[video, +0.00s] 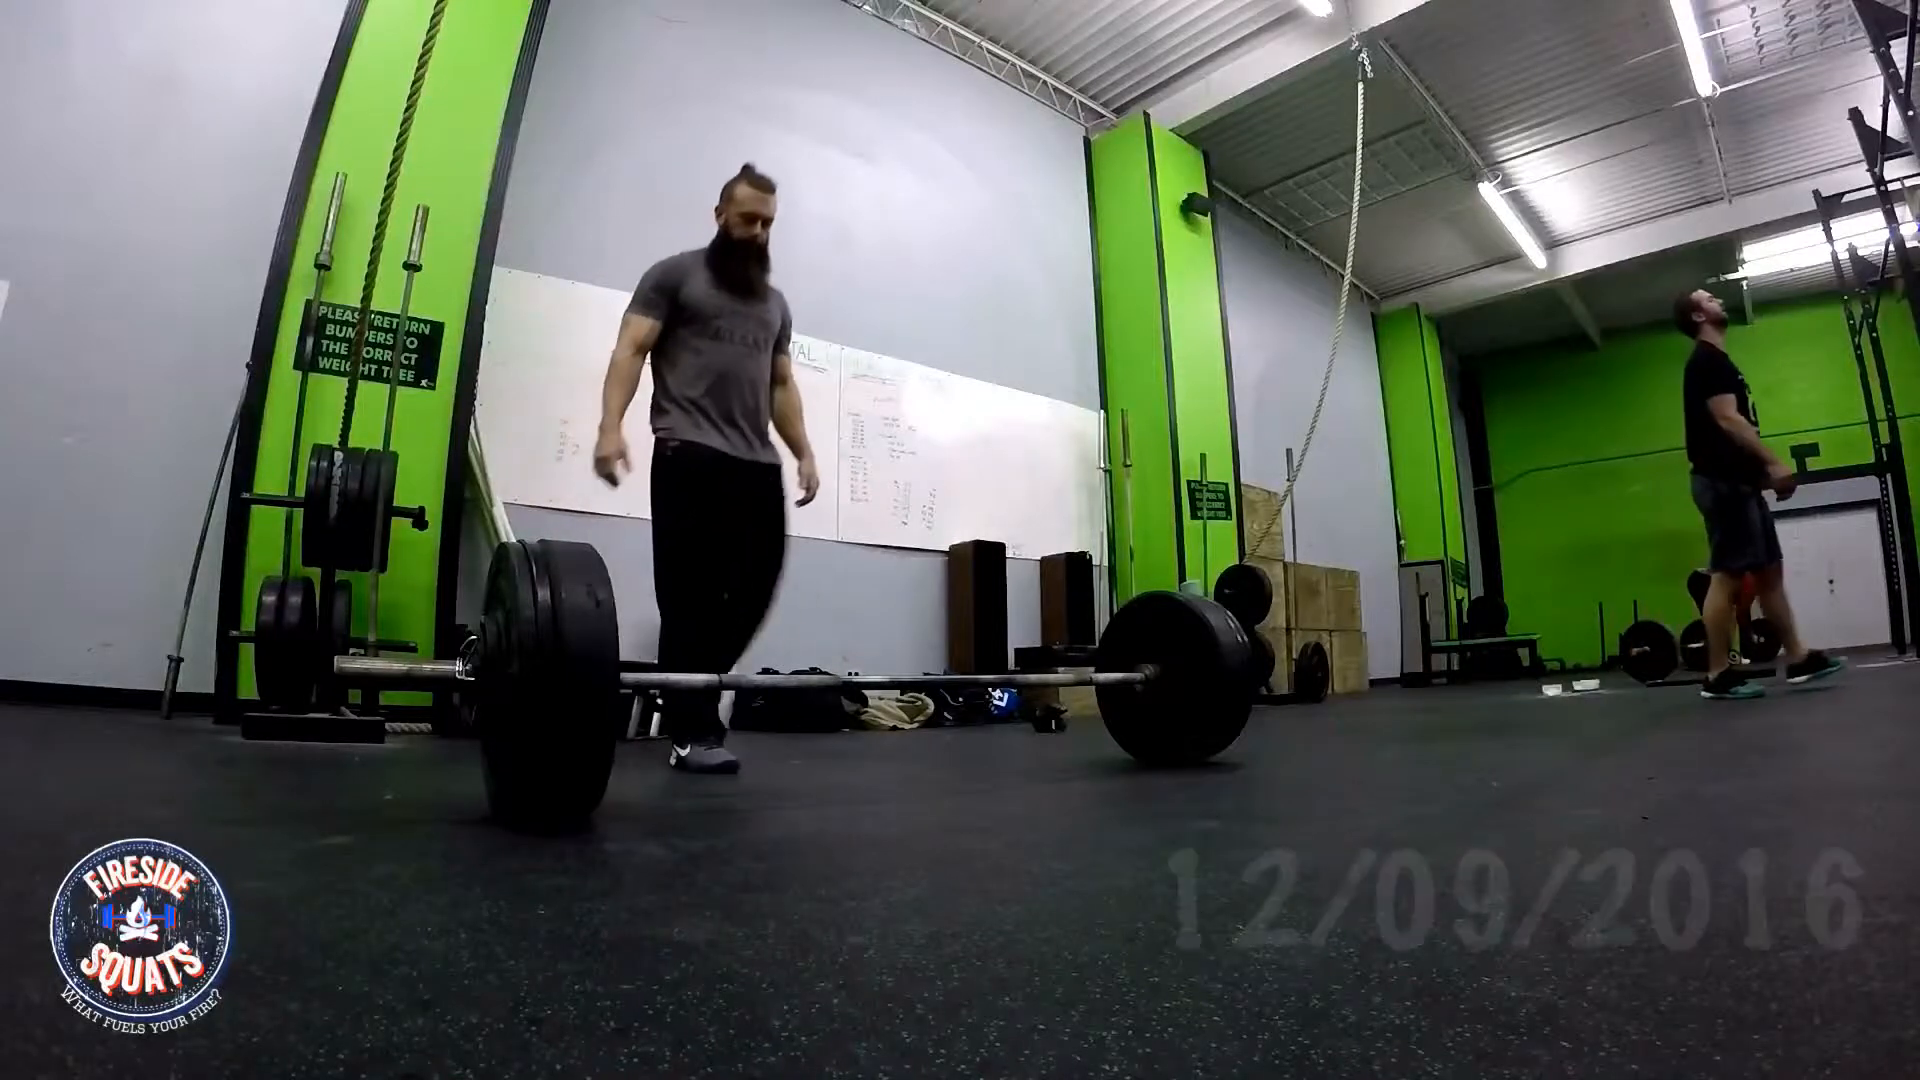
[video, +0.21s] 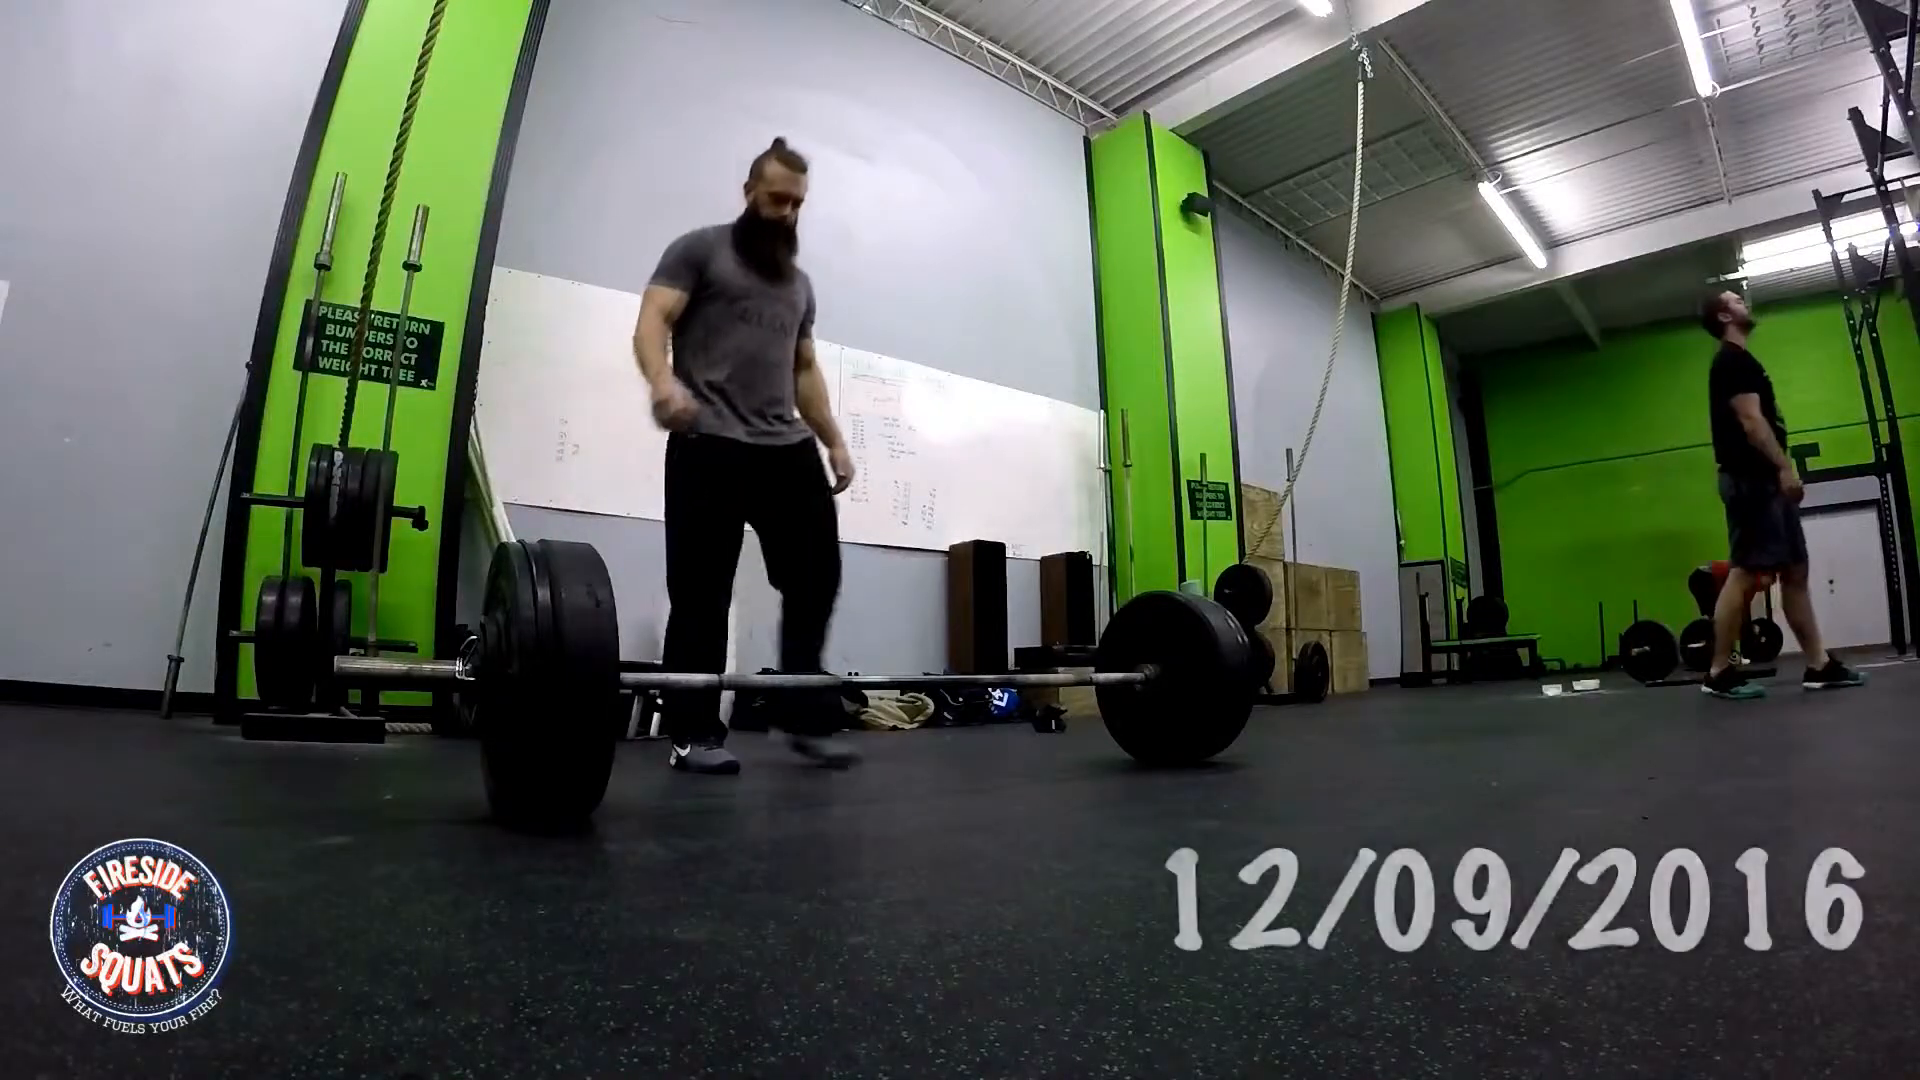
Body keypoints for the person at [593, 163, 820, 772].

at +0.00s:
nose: (757, 231)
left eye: (766, 222)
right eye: (747, 218)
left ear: (773, 224)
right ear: (720, 213)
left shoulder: (775, 304)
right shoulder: (673, 276)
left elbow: (781, 383)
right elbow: (630, 350)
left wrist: (804, 451)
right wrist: (610, 426)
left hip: (754, 464)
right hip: (687, 455)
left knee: (756, 583)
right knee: (692, 588)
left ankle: (686, 696)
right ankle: (693, 737)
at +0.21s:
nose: (784, 211)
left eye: (794, 201)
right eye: (774, 198)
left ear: (804, 203)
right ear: (749, 191)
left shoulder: (797, 285)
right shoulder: (699, 251)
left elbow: (804, 368)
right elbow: (651, 324)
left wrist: (834, 440)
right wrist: (663, 382)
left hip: (783, 451)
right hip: (706, 442)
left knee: (814, 577)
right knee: (702, 593)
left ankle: (800, 718)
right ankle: (694, 736)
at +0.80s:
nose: (912, 191)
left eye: (924, 182)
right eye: (902, 177)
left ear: (934, 184)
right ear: (875, 168)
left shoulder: (929, 268)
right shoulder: (819, 220)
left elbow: (940, 355)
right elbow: (760, 286)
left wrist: (975, 426)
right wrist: (732, 357)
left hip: (890, 430)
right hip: (808, 414)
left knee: (879, 589)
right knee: (784, 575)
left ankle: (885, 741)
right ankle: (750, 737)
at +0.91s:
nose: (916, 187)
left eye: (930, 178)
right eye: (908, 172)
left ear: (942, 179)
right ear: (882, 161)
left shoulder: (939, 264)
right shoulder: (826, 216)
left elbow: (954, 351)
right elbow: (767, 282)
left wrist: (998, 421)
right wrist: (737, 354)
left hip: (899, 428)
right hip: (815, 413)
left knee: (882, 586)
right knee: (797, 575)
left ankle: (884, 740)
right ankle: (780, 745)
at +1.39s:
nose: (927, 136)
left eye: (938, 123)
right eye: (915, 120)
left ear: (950, 116)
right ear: (881, 100)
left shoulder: (944, 206)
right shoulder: (818, 164)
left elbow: (945, 311)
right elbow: (750, 252)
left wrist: (970, 398)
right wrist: (729, 346)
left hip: (915, 404)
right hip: (828, 391)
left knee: (910, 577)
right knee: (828, 573)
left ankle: (891, 739)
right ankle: (820, 759)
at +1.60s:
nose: (925, 113)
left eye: (937, 98)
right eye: (912, 95)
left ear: (951, 86)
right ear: (876, 70)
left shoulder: (941, 172)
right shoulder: (807, 134)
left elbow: (943, 280)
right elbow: (729, 233)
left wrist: (972, 370)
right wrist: (728, 333)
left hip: (914, 388)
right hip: (819, 381)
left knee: (942, 555)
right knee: (818, 569)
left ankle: (921, 714)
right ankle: (826, 757)